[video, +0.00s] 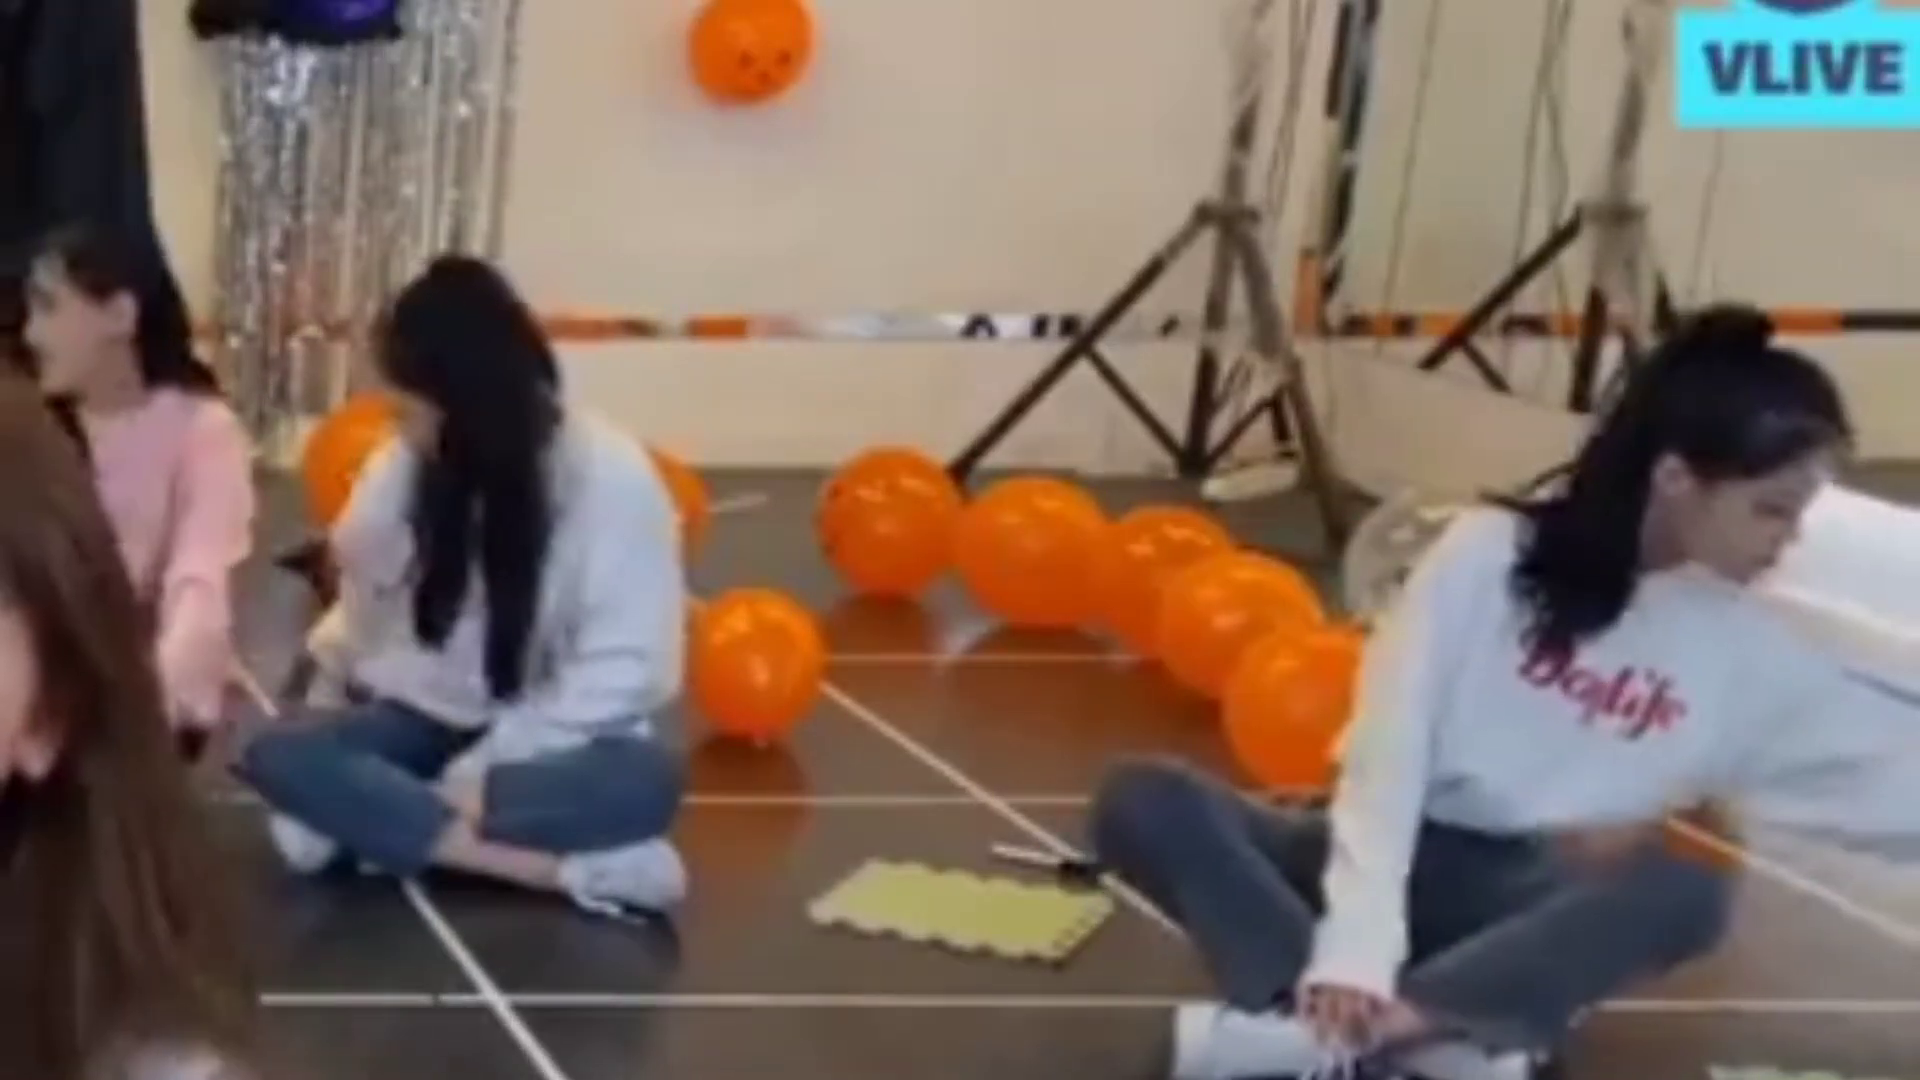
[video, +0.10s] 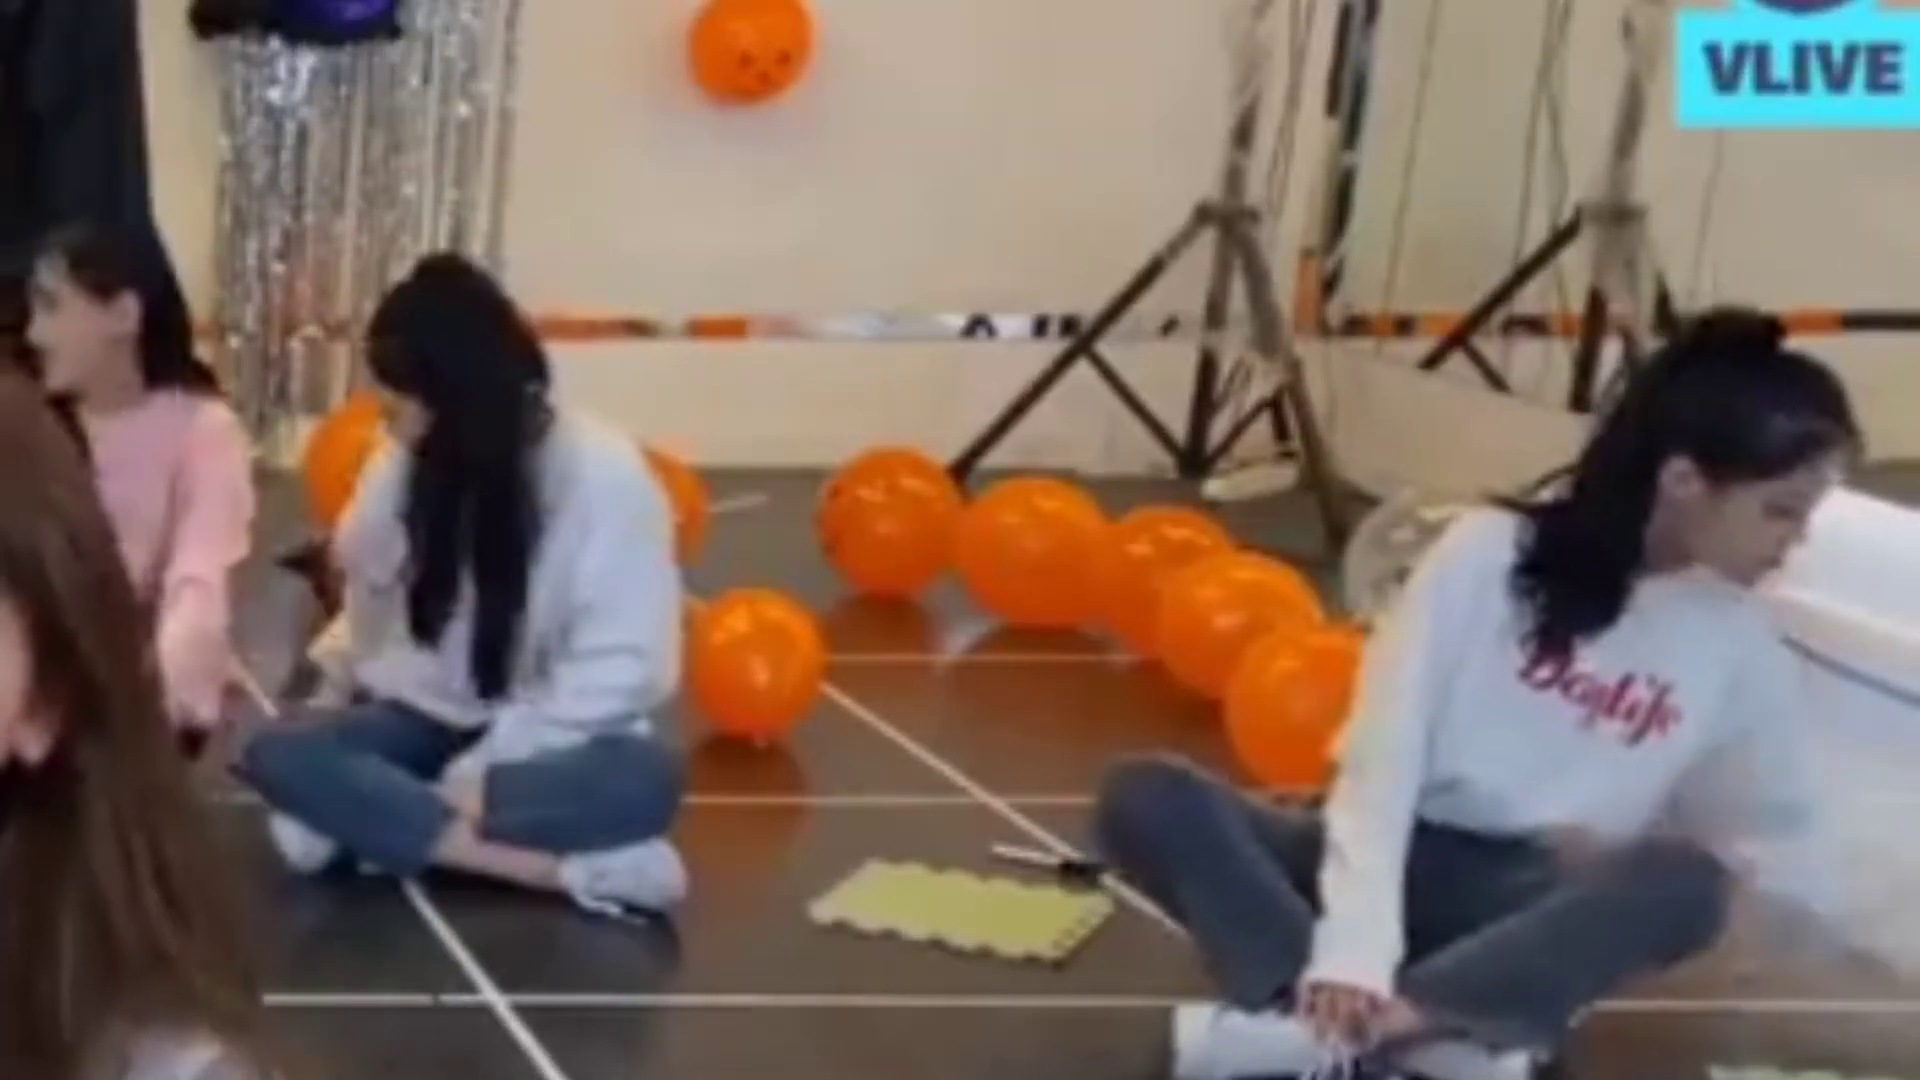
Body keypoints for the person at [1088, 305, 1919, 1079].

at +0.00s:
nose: (1796, 529)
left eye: (1807, 502)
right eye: (1777, 503)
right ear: (1676, 481)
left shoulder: (1745, 657)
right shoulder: (1482, 553)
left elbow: (1901, 766)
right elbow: (1382, 758)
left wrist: (1703, 810)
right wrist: (1355, 950)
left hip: (1513, 887)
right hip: (1366, 850)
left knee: (1687, 893)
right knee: (1139, 795)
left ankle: (1326, 1038)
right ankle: (1410, 1045)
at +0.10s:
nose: (1799, 538)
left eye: (1809, 513)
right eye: (1782, 510)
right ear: (1683, 483)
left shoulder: (1736, 647)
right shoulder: (1482, 554)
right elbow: (1376, 761)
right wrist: (1351, 948)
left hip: (1516, 891)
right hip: (1369, 856)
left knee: (1687, 889)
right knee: (1143, 793)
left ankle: (1325, 1038)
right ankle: (1410, 1046)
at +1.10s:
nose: (1718, 513)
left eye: (1734, 487)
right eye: (1706, 484)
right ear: (1607, 453)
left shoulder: (1680, 627)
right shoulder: (1418, 554)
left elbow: (1689, 821)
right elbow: (1345, 774)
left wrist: (1859, 849)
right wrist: (1469, 884)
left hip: (1508, 899)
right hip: (1354, 866)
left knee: (1680, 890)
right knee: (1119, 816)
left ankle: (1328, 1033)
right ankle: (1393, 1042)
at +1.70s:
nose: (1626, 531)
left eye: (1647, 501)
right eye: (1597, 497)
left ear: (1671, 492)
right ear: (1498, 472)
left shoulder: (1661, 654)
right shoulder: (1368, 600)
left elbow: (1818, 807)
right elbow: (1242, 763)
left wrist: (1906, 878)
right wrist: (1259, 918)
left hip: (1478, 921)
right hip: (1306, 891)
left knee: (1682, 915)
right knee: (1081, 863)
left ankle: (1328, 1032)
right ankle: (1415, 1043)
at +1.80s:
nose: (1658, 558)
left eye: (1684, 526)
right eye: (1627, 519)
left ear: (1705, 525)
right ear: (1528, 501)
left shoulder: (1692, 694)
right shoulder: (1379, 633)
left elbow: (1851, 846)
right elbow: (1246, 795)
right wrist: (1267, 947)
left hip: (1480, 932)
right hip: (1314, 893)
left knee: (1683, 921)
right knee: (1084, 861)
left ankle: (1321, 1034)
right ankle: (1408, 1043)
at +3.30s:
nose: (1467, 386)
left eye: (1513, 364)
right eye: (1451, 359)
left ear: (1589, 400)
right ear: (1425, 382)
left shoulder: (1612, 578)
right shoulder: (1332, 538)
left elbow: (1581, 781)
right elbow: (1237, 692)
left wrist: (1448, 850)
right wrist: (1256, 799)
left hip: (1478, 859)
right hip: (1301, 825)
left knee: (1632, 891)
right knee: (1103, 842)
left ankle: (1295, 1021)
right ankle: (1409, 1031)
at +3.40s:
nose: (1484, 388)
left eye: (1529, 367)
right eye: (1468, 359)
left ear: (1595, 397)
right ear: (1441, 375)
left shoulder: (1617, 584)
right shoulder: (1333, 536)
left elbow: (1577, 799)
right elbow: (1214, 696)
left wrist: (1424, 808)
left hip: (1464, 873)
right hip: (1293, 837)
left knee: (1634, 890)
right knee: (1111, 839)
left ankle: (1280, 1029)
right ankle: (1415, 1033)